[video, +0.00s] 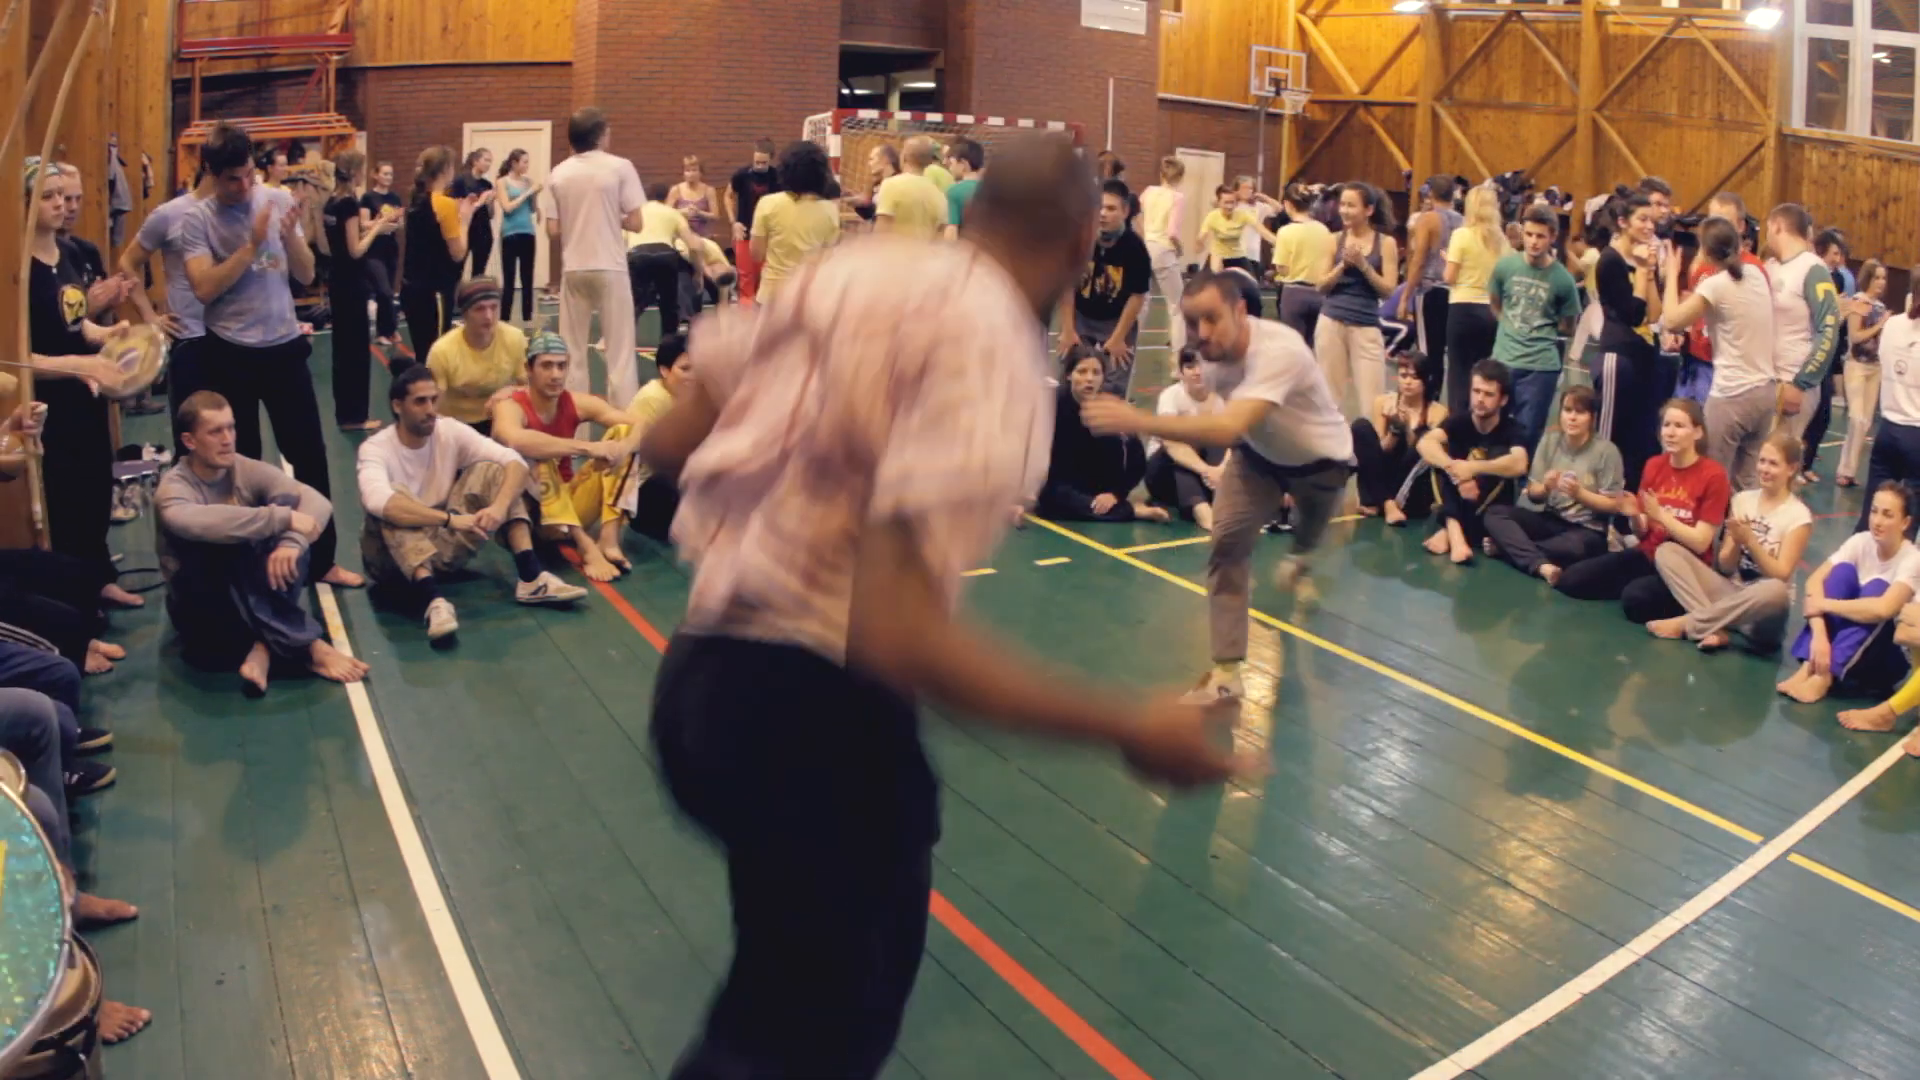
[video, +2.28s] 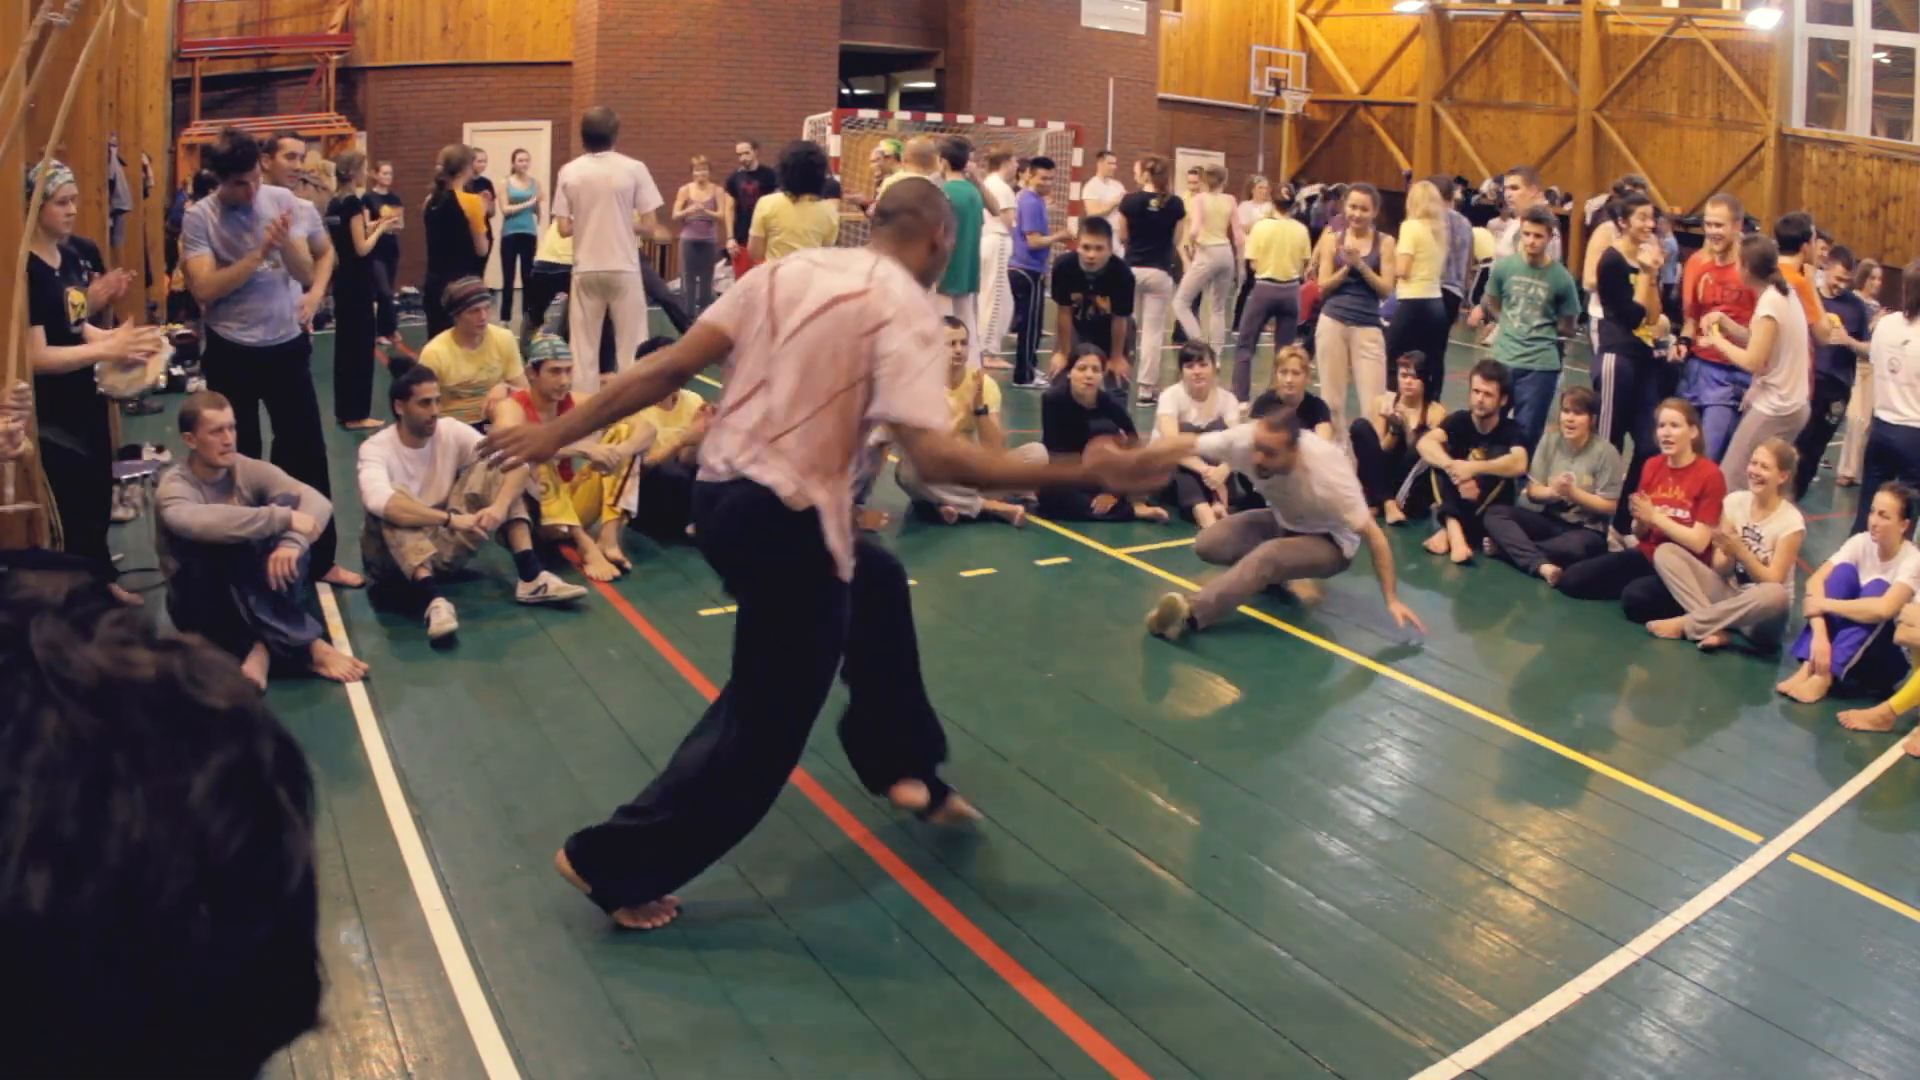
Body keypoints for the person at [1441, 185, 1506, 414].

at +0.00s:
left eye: (1467, 204)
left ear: (1469, 207)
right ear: (1495, 209)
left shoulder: (1461, 235)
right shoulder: (1502, 240)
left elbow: (1450, 275)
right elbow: (1506, 273)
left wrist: (1447, 260)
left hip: (1462, 304)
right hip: (1489, 306)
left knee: (1458, 371)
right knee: (1482, 369)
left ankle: (1457, 423)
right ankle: (1481, 424)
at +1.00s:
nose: (1456, 210)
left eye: (1458, 206)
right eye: (1457, 205)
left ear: (1462, 208)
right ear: (1485, 208)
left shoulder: (1459, 237)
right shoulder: (1492, 241)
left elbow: (1449, 277)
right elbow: (1495, 275)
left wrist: (1439, 262)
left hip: (1457, 306)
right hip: (1483, 308)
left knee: (1451, 374)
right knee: (1465, 375)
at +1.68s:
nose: (1430, 207)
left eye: (1432, 203)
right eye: (1431, 203)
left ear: (1438, 206)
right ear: (1461, 208)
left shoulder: (1436, 232)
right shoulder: (1465, 235)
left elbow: (1429, 272)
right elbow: (1463, 271)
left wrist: (1411, 262)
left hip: (1435, 308)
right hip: (1456, 305)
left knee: (1441, 375)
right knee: (1438, 372)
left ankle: (1451, 424)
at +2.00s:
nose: (1417, 206)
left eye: (1419, 202)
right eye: (1420, 202)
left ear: (1423, 204)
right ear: (1447, 205)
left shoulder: (1423, 227)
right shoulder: (1449, 228)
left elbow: (1413, 267)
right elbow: (1444, 269)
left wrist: (1400, 257)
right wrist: (1408, 257)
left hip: (1422, 305)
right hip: (1442, 301)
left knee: (1412, 367)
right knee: (1435, 368)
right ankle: (1432, 414)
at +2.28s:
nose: (1407, 203)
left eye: (1409, 199)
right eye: (1409, 199)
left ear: (1412, 202)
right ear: (1435, 202)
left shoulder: (1410, 226)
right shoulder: (1441, 227)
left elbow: (1402, 268)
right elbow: (1437, 267)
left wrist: (1390, 260)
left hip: (1411, 301)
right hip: (1436, 299)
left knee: (1395, 363)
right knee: (1432, 365)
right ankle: (1429, 409)